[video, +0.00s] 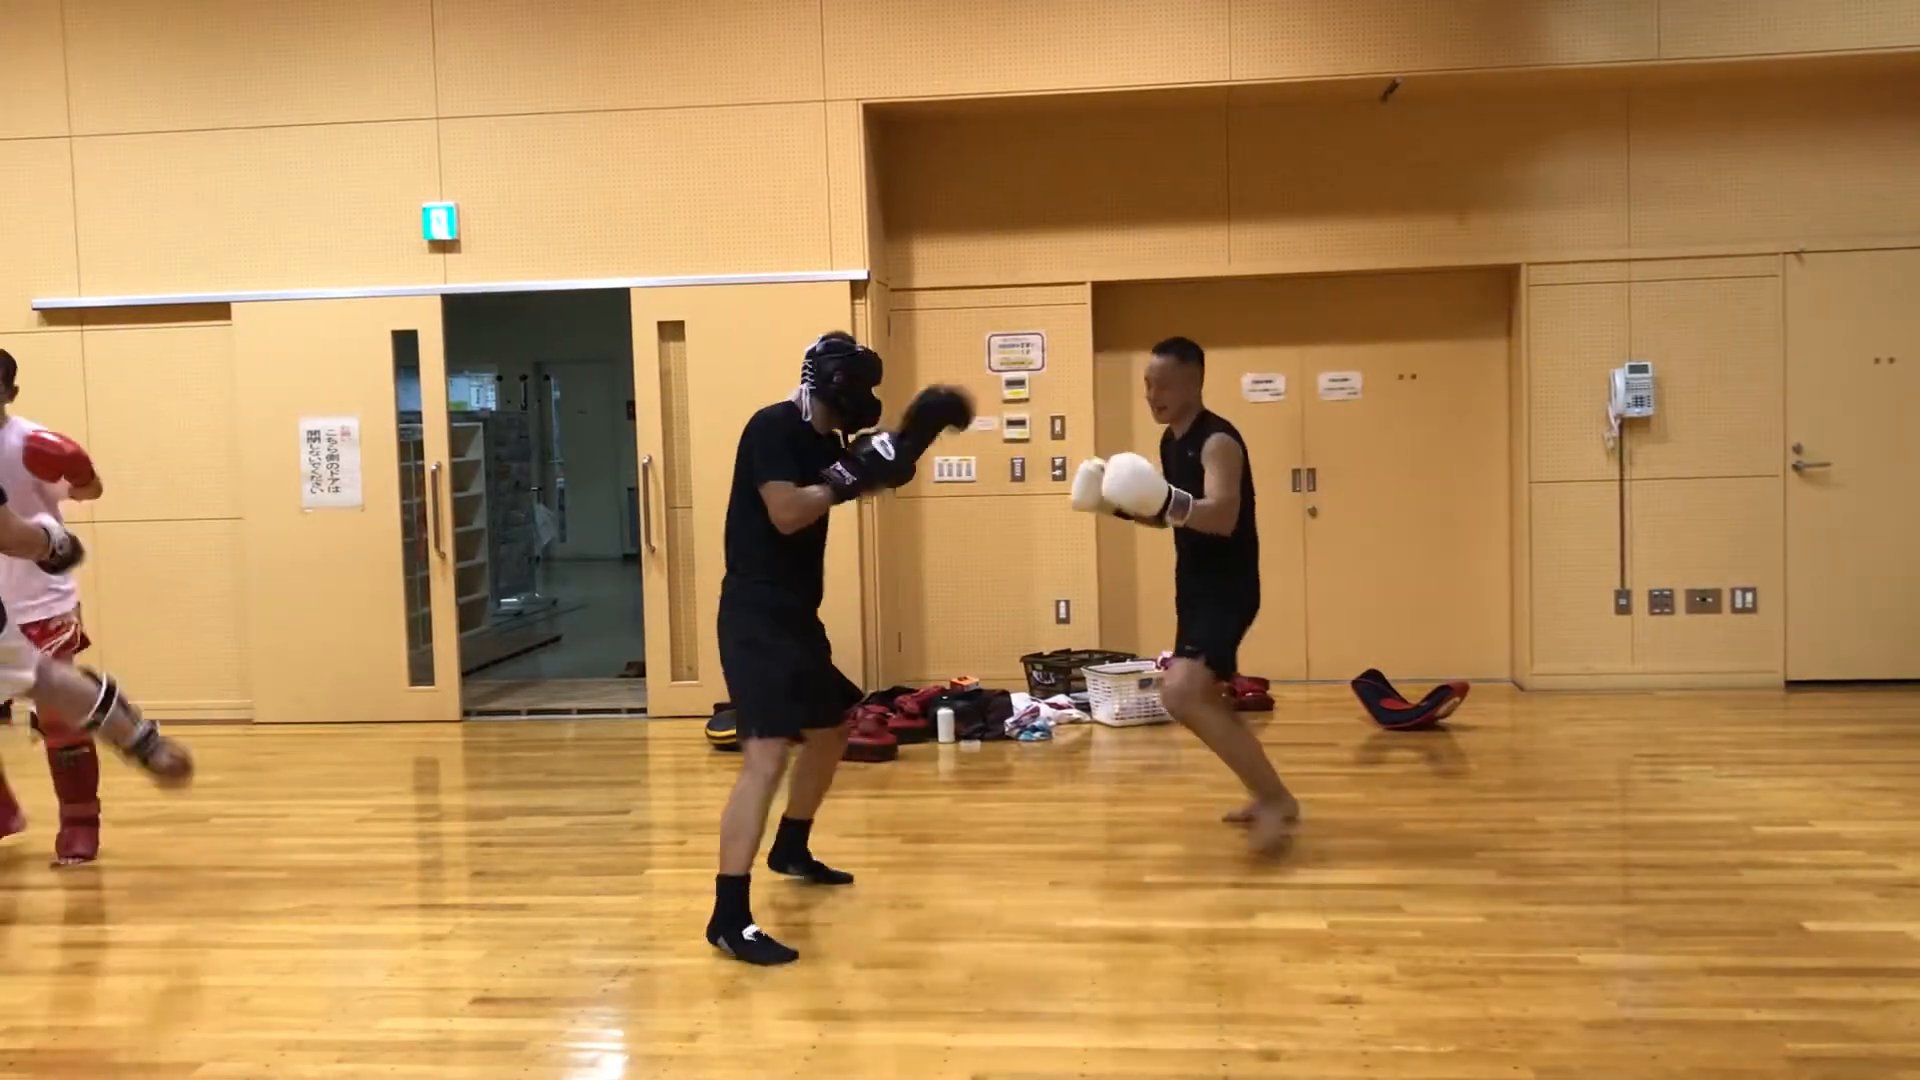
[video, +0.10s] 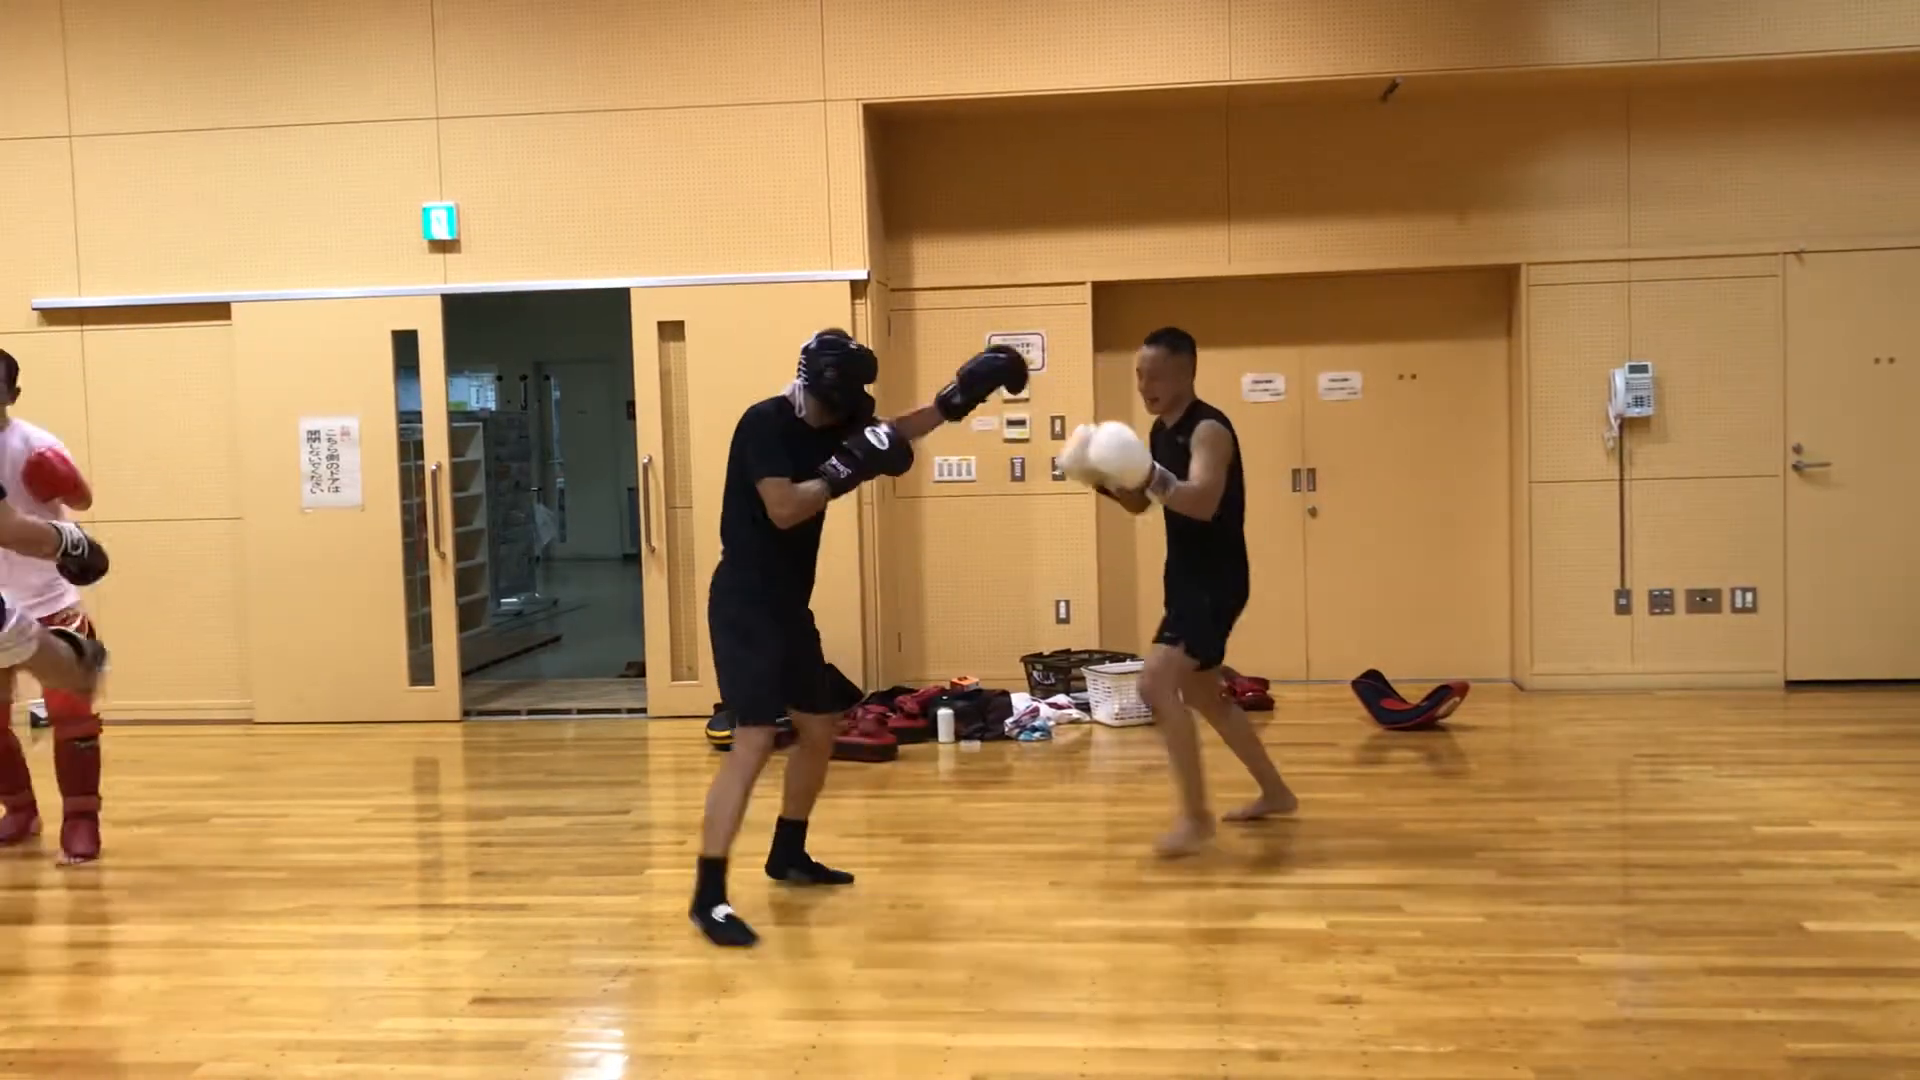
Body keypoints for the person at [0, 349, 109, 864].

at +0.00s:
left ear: (9, 386)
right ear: (7, 385)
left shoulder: (26, 443)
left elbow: (87, 481)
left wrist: (66, 487)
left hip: (43, 605)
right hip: (2, 614)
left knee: (59, 712)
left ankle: (78, 824)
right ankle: (6, 808)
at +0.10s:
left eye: (2, 381)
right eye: (0, 382)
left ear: (13, 386)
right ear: (8, 385)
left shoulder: (30, 445)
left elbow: (82, 500)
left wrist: (62, 481)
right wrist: (62, 542)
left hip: (50, 606)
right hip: (6, 616)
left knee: (70, 707)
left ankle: (81, 818)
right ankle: (18, 808)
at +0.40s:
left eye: (1, 383)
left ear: (13, 389)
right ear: (2, 389)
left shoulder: (40, 442)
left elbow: (83, 500)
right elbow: (15, 512)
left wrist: (45, 495)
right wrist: (29, 491)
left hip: (60, 594)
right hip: (4, 606)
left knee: (95, 697)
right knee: (0, 716)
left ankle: (116, 804)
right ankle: (21, 807)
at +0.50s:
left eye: (1, 385)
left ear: (13, 389)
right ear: (3, 388)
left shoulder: (36, 442)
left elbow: (96, 493)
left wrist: (66, 481)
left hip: (60, 594)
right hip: (5, 608)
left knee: (94, 695)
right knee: (1, 716)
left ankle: (121, 802)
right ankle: (20, 805)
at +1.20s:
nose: (4, 389)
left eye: (13, 381)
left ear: (35, 390)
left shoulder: (58, 446)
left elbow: (114, 502)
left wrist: (123, 484)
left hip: (66, 599)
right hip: (6, 605)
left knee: (83, 709)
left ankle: (107, 821)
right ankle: (10, 811)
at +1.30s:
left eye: (5, 382)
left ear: (22, 389)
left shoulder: (43, 442)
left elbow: (108, 493)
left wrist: (102, 458)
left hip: (49, 598)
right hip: (2, 605)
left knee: (75, 712)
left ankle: (105, 820)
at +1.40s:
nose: (2, 397)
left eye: (3, 389)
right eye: (3, 389)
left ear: (8, 390)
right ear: (6, 390)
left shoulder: (23, 443)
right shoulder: (22, 443)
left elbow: (92, 495)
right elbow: (90, 494)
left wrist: (89, 464)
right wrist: (87, 465)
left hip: (35, 600)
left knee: (67, 714)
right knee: (64, 716)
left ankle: (97, 820)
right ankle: (96, 820)